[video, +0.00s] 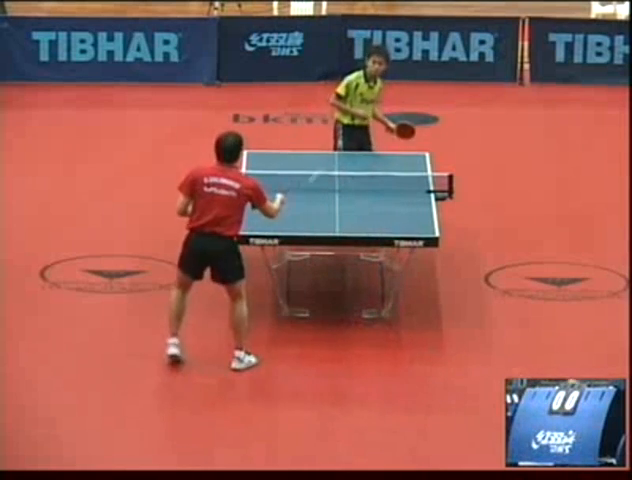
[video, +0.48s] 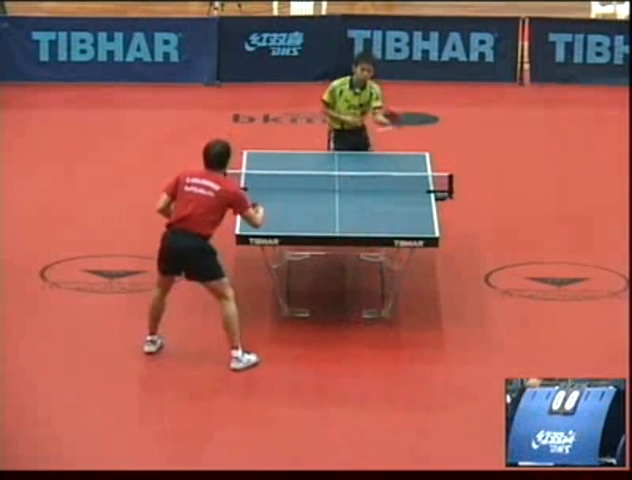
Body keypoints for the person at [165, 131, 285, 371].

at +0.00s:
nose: (242, 154)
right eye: (241, 151)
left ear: (216, 153)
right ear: (240, 155)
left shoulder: (198, 175)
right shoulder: (247, 184)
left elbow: (182, 209)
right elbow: (271, 212)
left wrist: (201, 208)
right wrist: (278, 202)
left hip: (196, 239)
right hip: (225, 243)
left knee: (181, 289)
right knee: (237, 297)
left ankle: (173, 340)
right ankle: (240, 352)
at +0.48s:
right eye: (228, 159)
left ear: (205, 159)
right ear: (227, 163)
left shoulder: (185, 177)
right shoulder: (230, 189)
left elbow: (162, 207)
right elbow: (255, 222)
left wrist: (178, 219)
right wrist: (259, 211)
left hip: (172, 239)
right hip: (198, 243)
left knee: (161, 289)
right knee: (226, 296)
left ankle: (151, 338)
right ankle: (237, 353)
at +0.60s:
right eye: (230, 166)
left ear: (207, 165)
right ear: (229, 169)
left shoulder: (187, 182)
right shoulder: (231, 195)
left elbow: (161, 208)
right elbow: (251, 230)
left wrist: (175, 223)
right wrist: (242, 235)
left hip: (171, 240)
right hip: (197, 244)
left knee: (161, 289)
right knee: (226, 297)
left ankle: (151, 338)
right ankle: (238, 354)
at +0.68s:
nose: (232, 175)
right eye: (232, 172)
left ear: (209, 169)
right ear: (231, 174)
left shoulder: (188, 184)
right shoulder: (231, 199)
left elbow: (161, 210)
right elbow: (251, 237)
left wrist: (174, 227)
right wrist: (242, 241)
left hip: (172, 242)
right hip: (199, 247)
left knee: (161, 289)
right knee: (229, 296)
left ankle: (151, 338)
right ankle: (240, 354)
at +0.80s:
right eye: (232, 173)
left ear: (209, 170)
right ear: (232, 175)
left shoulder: (190, 184)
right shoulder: (234, 200)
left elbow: (163, 209)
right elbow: (256, 234)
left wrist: (177, 226)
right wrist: (246, 232)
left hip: (176, 243)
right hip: (204, 248)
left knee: (161, 290)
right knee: (232, 296)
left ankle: (151, 338)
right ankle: (241, 353)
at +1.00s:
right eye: (231, 162)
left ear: (209, 161)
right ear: (231, 166)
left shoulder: (191, 178)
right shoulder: (236, 190)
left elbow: (165, 204)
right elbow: (257, 207)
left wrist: (181, 218)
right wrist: (267, 193)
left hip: (178, 239)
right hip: (205, 243)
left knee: (162, 290)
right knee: (234, 296)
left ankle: (151, 338)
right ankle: (242, 352)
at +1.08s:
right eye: (226, 160)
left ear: (206, 159)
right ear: (228, 163)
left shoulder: (186, 178)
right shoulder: (234, 189)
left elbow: (163, 208)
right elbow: (259, 208)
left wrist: (181, 218)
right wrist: (264, 193)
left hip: (177, 240)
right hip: (205, 244)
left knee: (163, 289)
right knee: (233, 295)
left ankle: (152, 337)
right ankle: (243, 352)